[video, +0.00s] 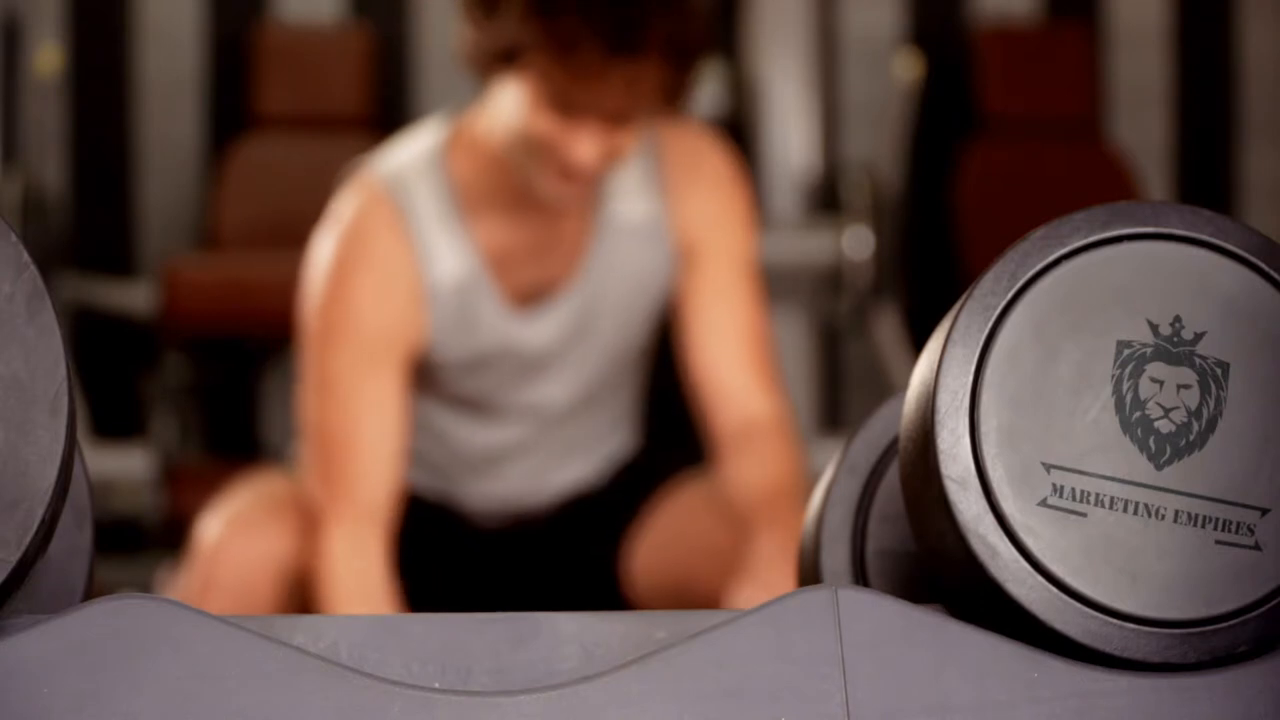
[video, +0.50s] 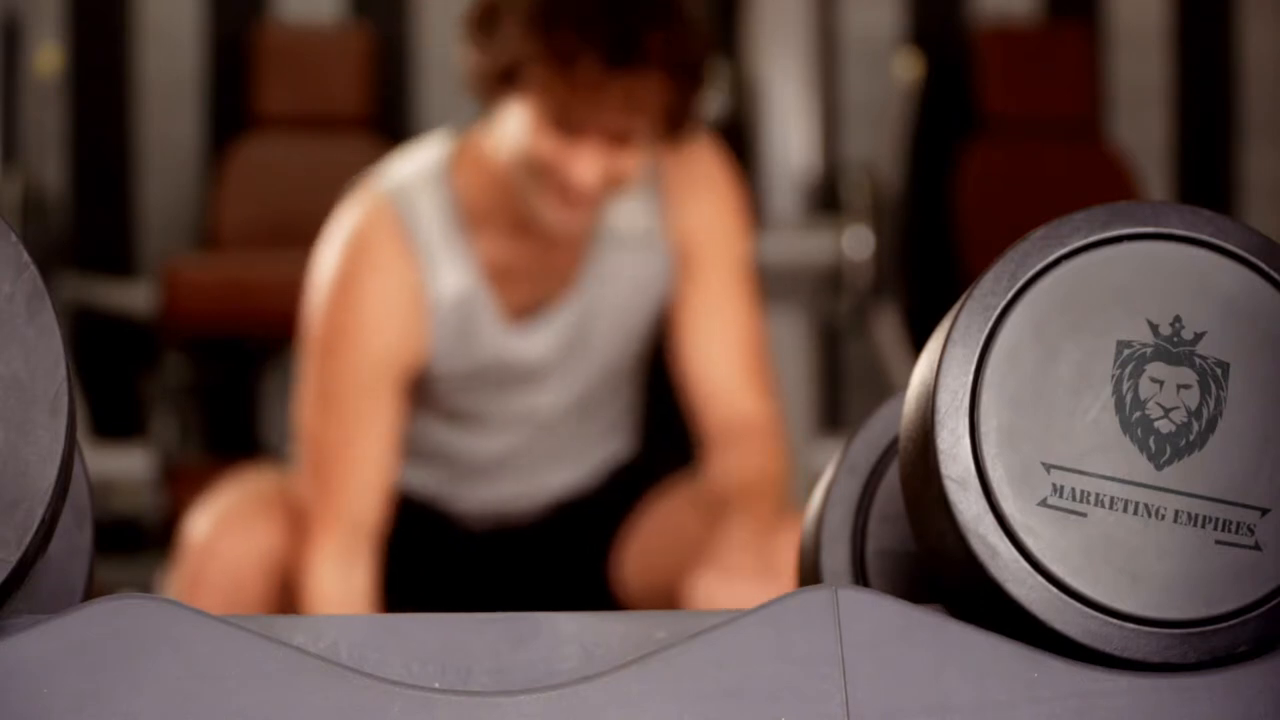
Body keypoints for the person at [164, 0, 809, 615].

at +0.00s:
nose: (588, 151)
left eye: (619, 120)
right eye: (562, 110)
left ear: (660, 99)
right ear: (500, 59)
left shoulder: (691, 171)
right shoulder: (378, 227)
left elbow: (750, 427)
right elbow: (351, 528)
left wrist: (768, 577)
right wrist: (390, 708)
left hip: (600, 524)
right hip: (417, 532)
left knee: (781, 533)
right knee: (244, 535)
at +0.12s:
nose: (587, 152)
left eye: (619, 121)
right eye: (562, 110)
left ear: (661, 100)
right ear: (499, 60)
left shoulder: (690, 172)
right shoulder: (378, 229)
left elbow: (750, 427)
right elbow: (357, 532)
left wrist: (767, 583)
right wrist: (384, 709)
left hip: (597, 523)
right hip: (415, 532)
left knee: (776, 535)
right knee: (245, 538)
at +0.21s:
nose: (587, 152)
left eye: (619, 120)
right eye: (561, 110)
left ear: (660, 100)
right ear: (499, 61)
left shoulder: (689, 171)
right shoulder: (377, 230)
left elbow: (750, 428)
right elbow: (358, 532)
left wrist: (767, 582)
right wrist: (379, 709)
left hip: (597, 523)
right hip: (415, 532)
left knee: (776, 536)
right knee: (245, 537)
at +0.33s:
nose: (584, 150)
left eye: (617, 118)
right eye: (559, 108)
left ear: (660, 100)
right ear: (499, 57)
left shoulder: (688, 172)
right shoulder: (377, 230)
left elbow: (748, 428)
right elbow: (353, 535)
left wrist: (764, 576)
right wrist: (367, 711)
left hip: (597, 523)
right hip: (414, 532)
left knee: (772, 533)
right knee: (242, 534)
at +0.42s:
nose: (583, 154)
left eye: (618, 122)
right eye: (559, 110)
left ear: (660, 105)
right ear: (501, 64)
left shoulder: (689, 174)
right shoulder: (378, 231)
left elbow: (746, 427)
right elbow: (347, 539)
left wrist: (760, 563)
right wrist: (361, 711)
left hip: (595, 526)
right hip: (412, 534)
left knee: (771, 537)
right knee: (236, 531)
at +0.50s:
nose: (587, 172)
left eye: (621, 139)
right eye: (563, 127)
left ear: (665, 124)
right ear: (506, 87)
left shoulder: (690, 178)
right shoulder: (381, 238)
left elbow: (742, 435)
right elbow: (344, 537)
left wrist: (741, 572)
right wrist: (351, 712)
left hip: (591, 527)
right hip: (408, 535)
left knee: (764, 540)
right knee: (233, 531)